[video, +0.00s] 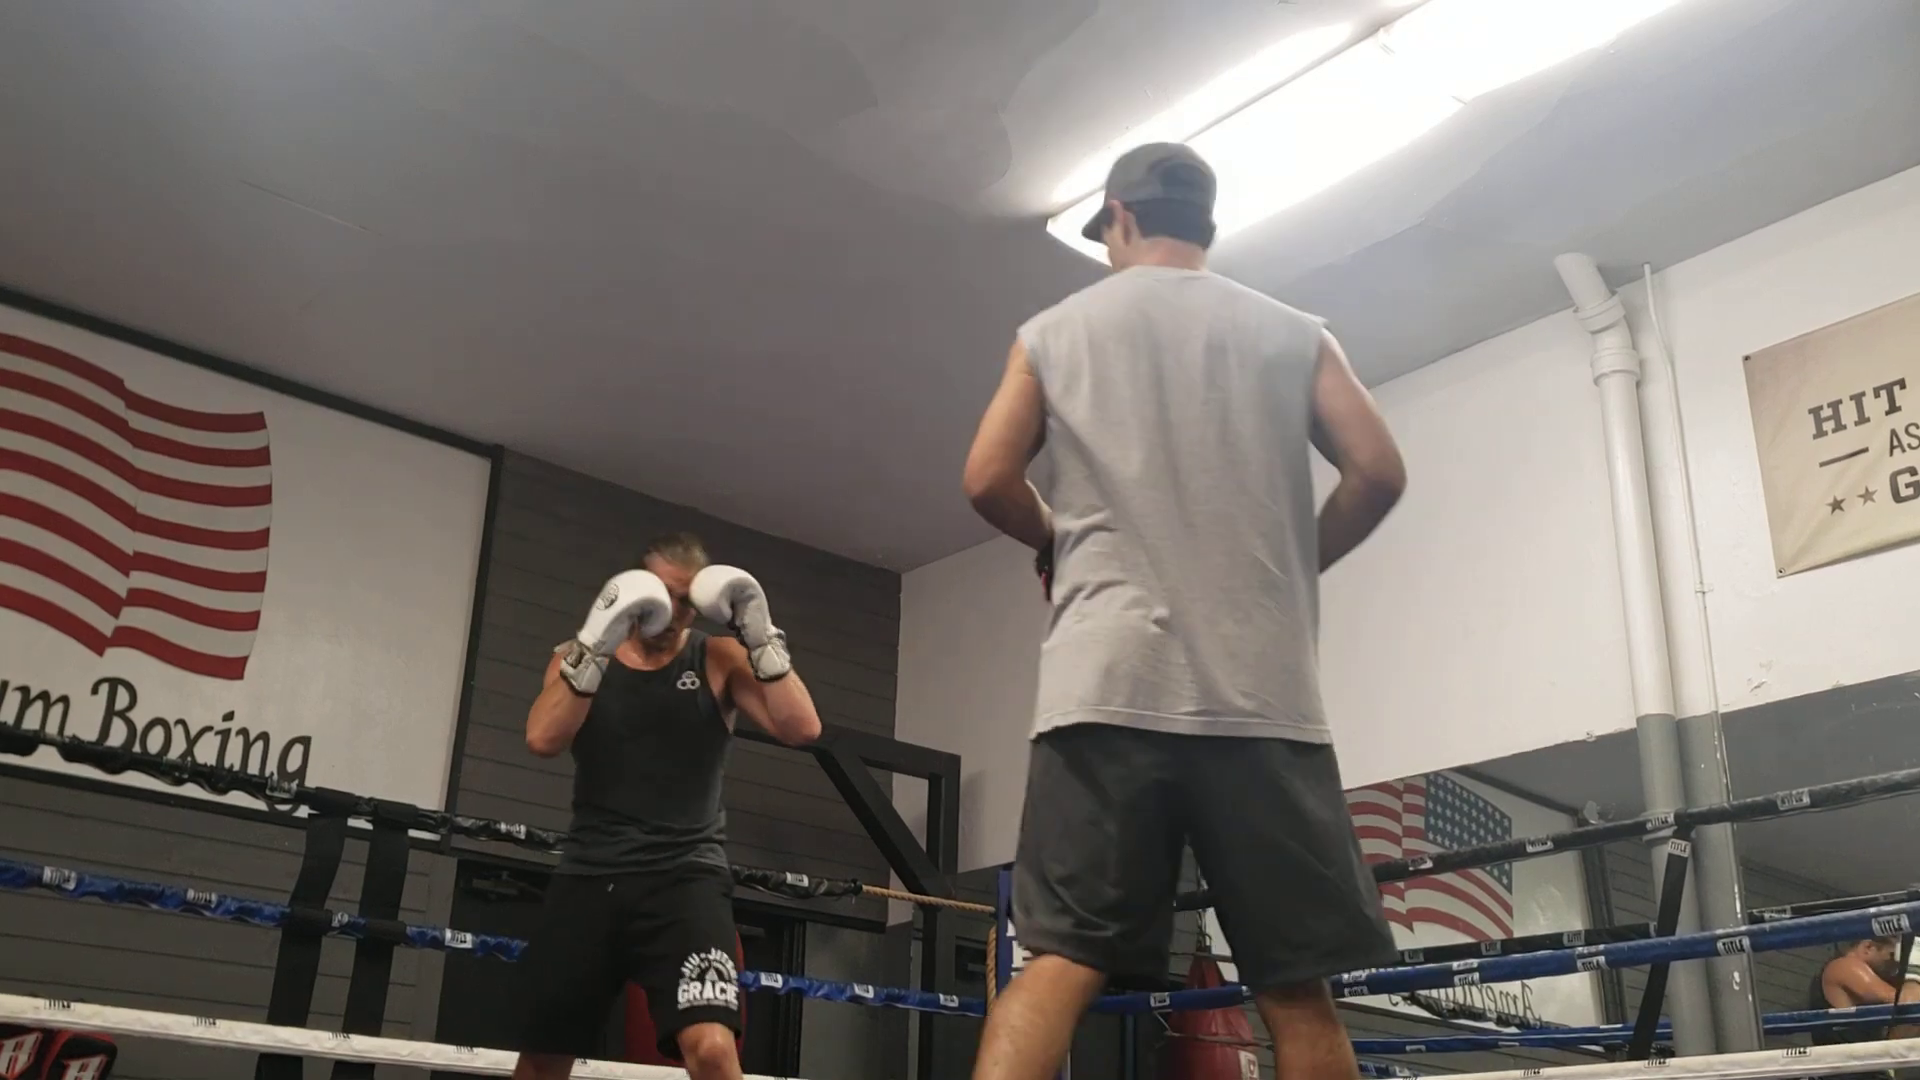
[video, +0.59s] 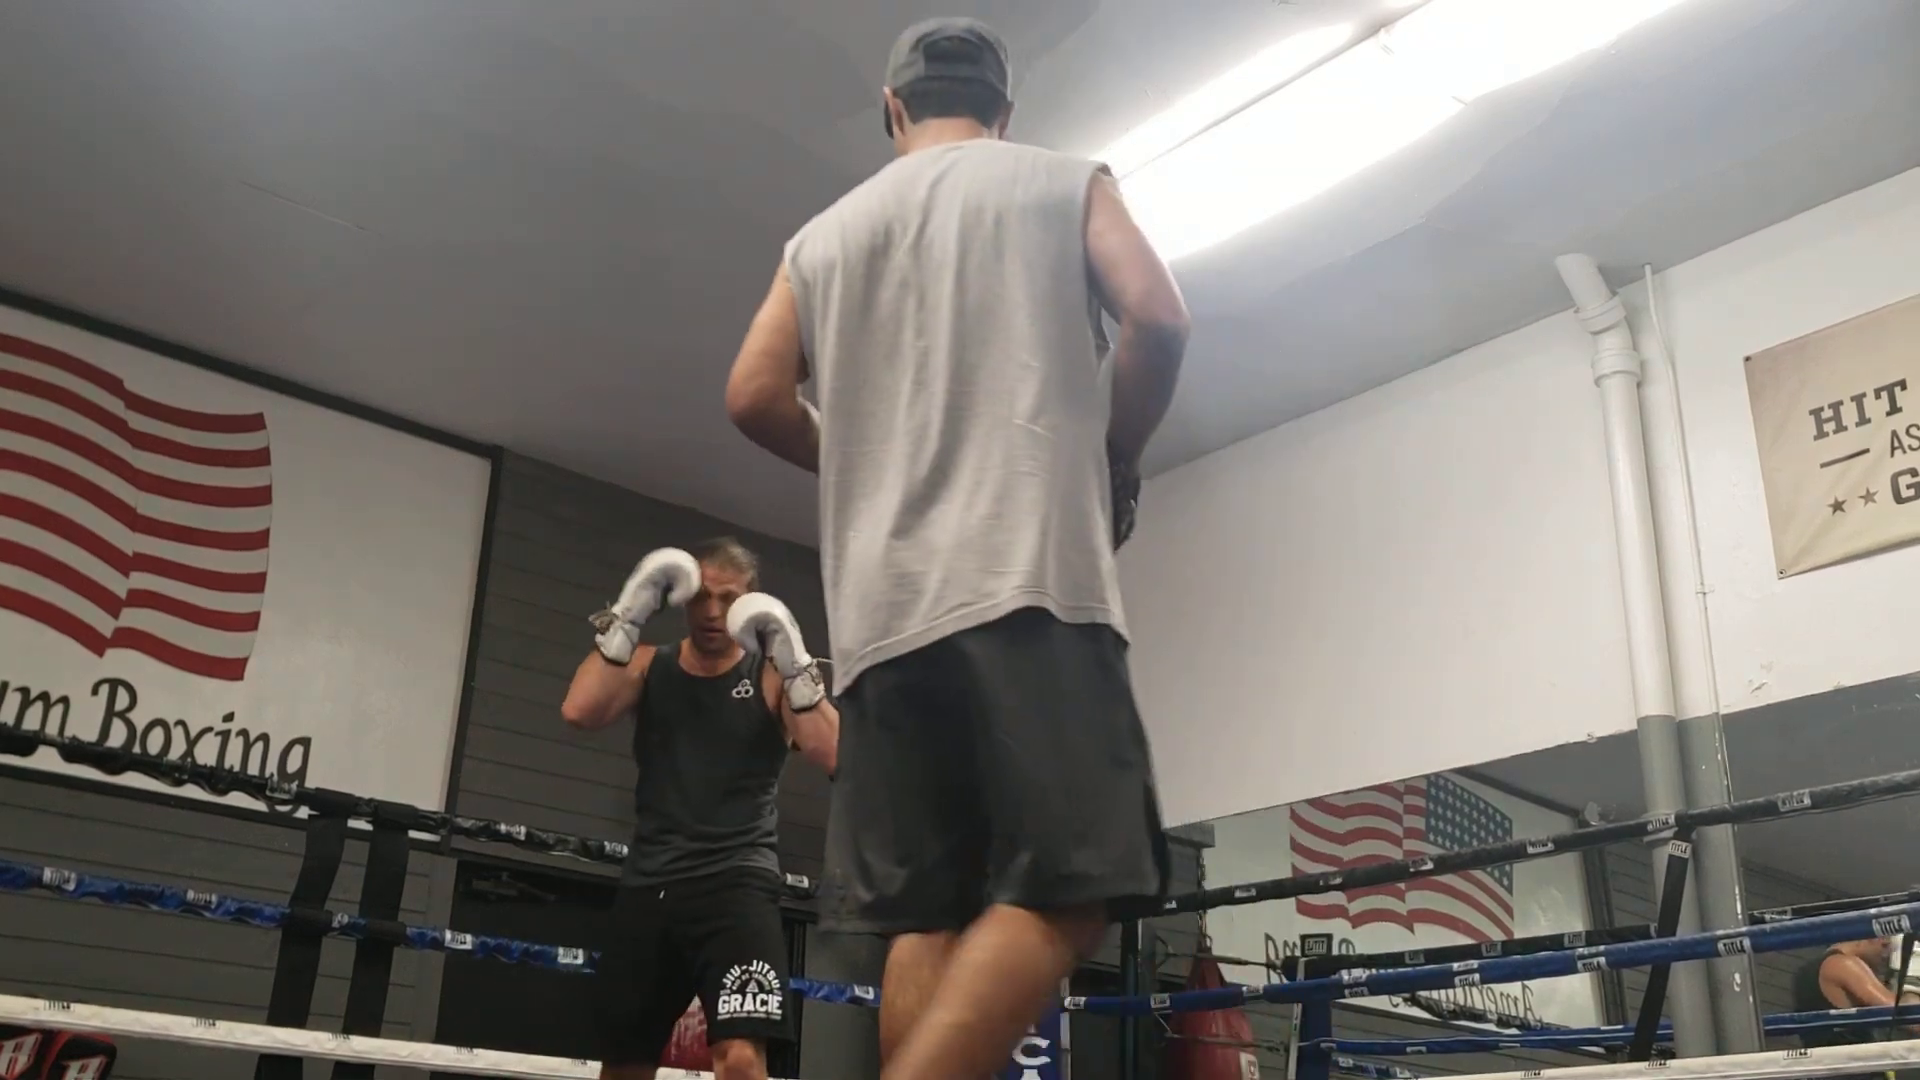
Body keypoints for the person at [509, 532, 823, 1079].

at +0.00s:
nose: (666, 611)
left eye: (683, 600)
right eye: (655, 594)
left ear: (703, 603)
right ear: (631, 590)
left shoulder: (720, 656)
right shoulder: (586, 656)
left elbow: (802, 728)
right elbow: (543, 738)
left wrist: (761, 637)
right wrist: (596, 645)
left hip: (688, 877)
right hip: (589, 875)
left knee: (711, 1052)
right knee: (540, 1060)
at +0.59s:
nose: (714, 611)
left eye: (729, 598)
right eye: (702, 596)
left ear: (752, 602)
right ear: (683, 599)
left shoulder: (772, 676)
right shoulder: (649, 664)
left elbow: (835, 757)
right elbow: (581, 709)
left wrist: (795, 663)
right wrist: (629, 615)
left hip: (740, 880)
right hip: (652, 881)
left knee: (740, 1062)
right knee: (624, 1065)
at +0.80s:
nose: (672, 624)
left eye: (687, 611)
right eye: (660, 610)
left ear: (712, 614)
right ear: (643, 614)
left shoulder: (745, 681)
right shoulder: (626, 685)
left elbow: (800, 753)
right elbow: (575, 756)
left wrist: (757, 690)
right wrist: (585, 659)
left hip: (732, 879)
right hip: (647, 883)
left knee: (732, 1050)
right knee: (634, 1058)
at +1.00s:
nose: (642, 650)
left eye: (655, 635)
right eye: (630, 635)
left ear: (681, 642)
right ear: (612, 642)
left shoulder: (706, 715)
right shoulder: (616, 723)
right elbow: (585, 833)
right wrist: (585, 735)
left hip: (708, 893)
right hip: (638, 889)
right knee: (609, 1055)